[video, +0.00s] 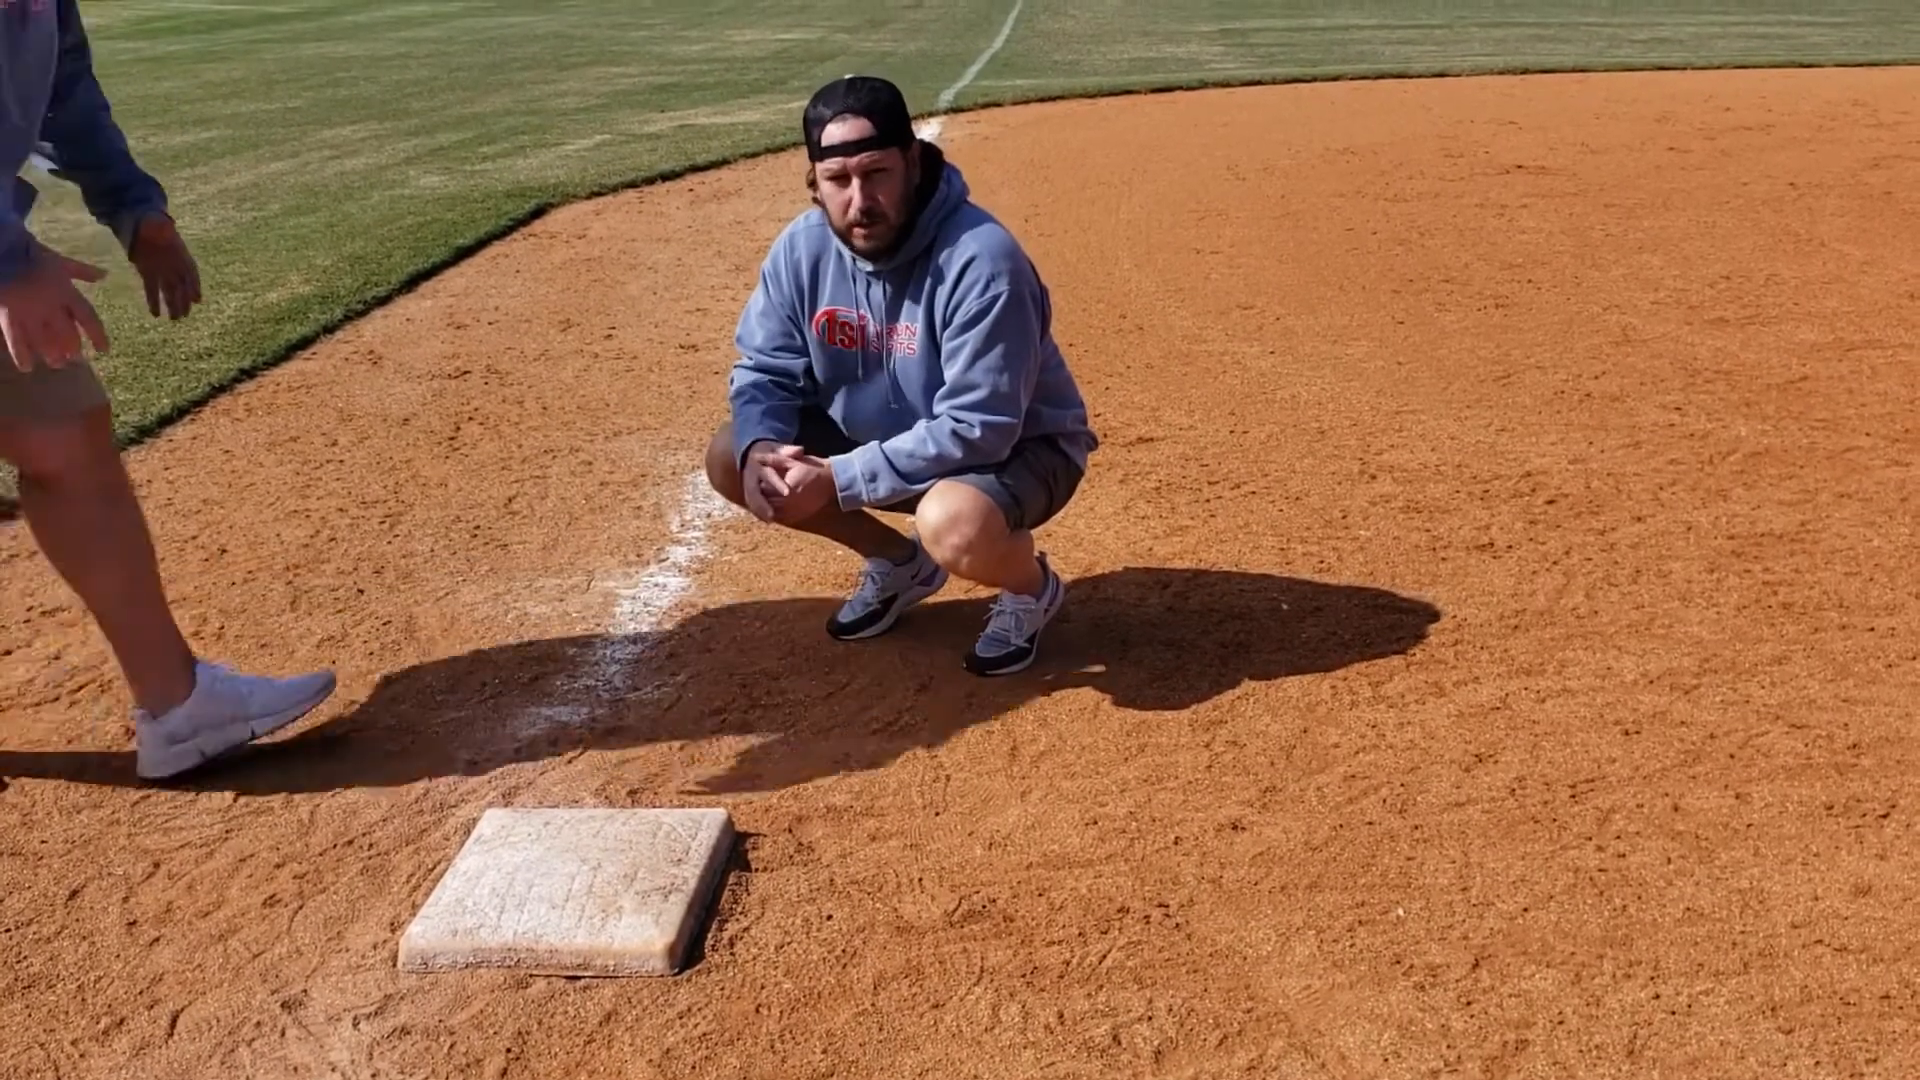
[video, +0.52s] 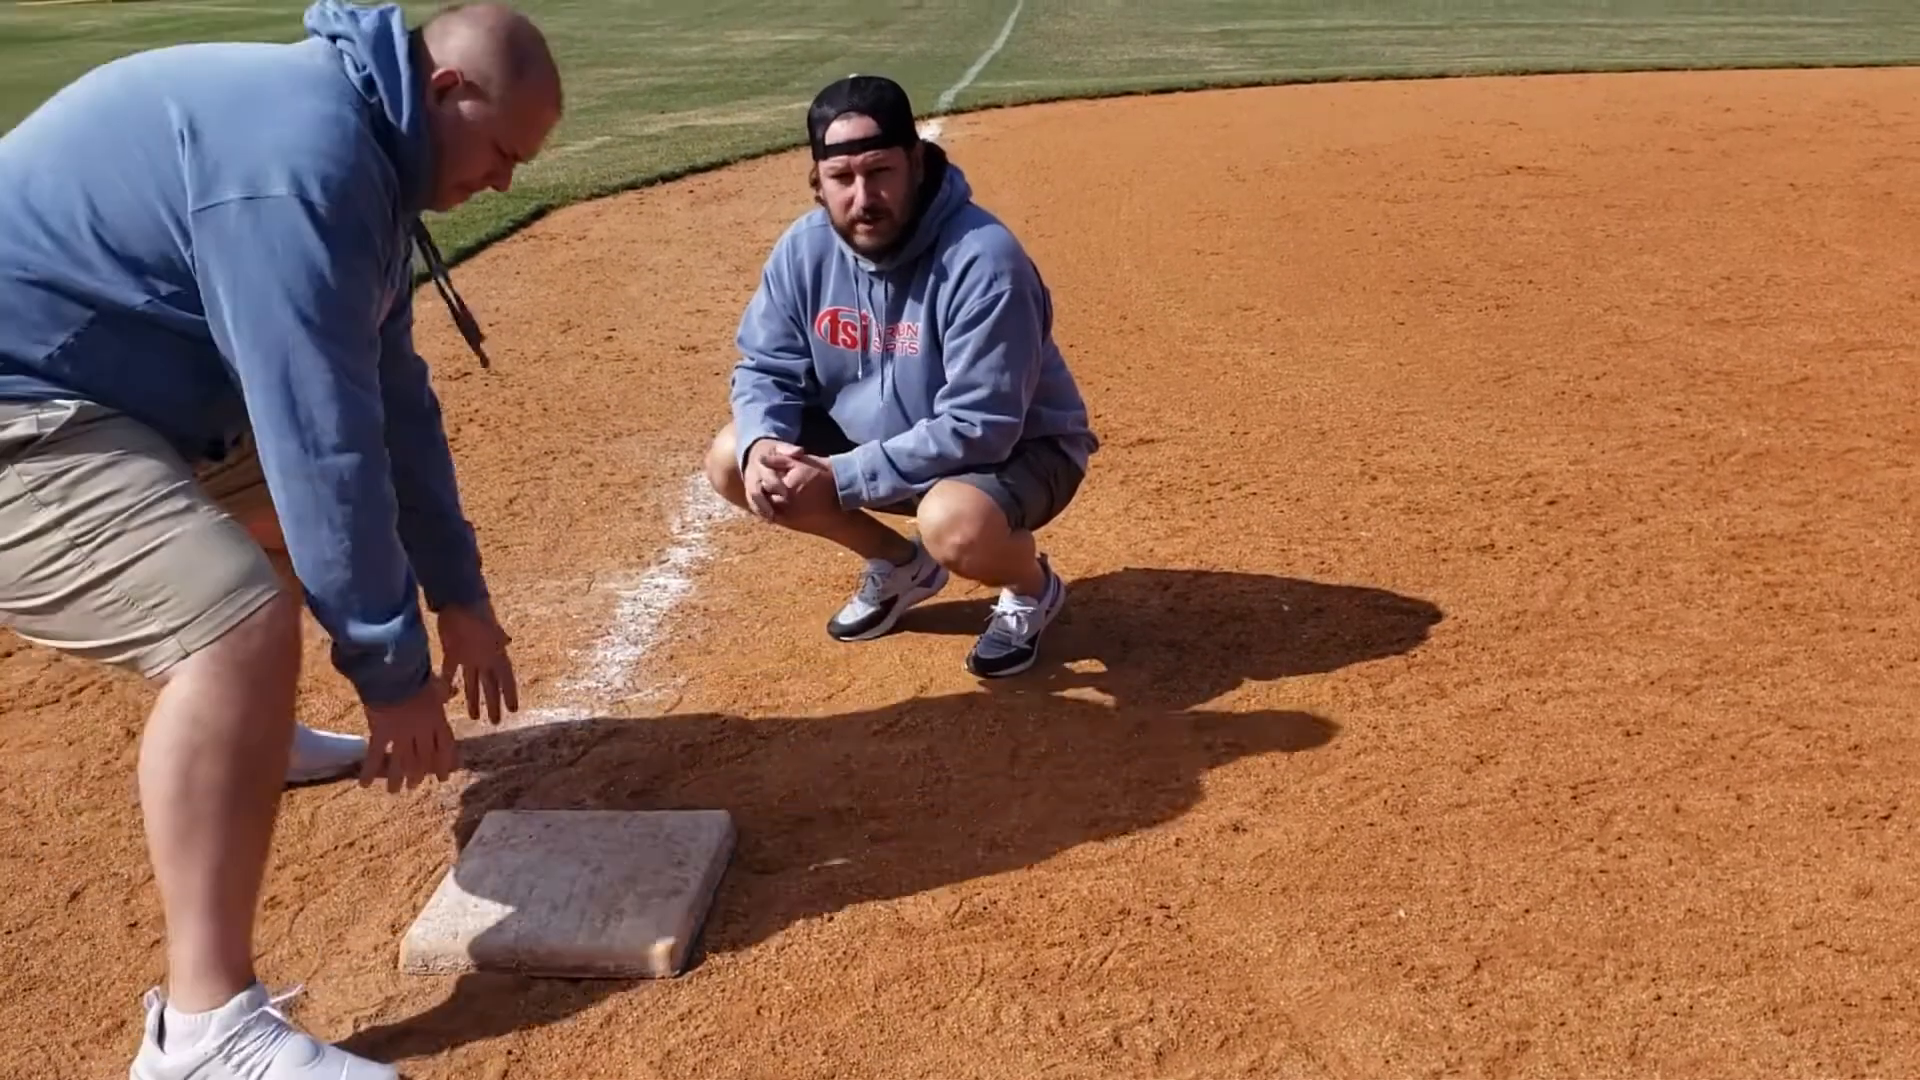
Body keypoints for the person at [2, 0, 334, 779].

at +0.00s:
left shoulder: (43, 14)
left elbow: (62, 84)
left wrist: (135, 208)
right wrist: (11, 256)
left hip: (7, 231)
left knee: (66, 429)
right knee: (61, 433)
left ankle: (171, 696)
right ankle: (172, 694)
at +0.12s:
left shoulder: (164, 10)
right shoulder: (30, 16)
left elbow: (192, 140)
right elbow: (1, 154)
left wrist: (276, 286)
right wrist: (102, 304)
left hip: (78, 280)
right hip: (4, 289)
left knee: (182, 443)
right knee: (26, 527)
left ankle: (205, 718)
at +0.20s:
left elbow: (243, 171)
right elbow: (26, 191)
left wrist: (333, 335)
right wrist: (169, 371)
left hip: (106, 285)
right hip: (13, 297)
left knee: (223, 440)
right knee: (59, 523)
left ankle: (210, 719)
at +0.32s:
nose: (392, 14)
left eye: (400, 3)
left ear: (346, 2)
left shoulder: (286, 65)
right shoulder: (160, 30)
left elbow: (322, 261)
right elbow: (148, 287)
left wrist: (411, 440)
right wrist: (268, 491)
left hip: (116, 318)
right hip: (11, 328)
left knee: (267, 459)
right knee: (92, 603)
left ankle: (215, 721)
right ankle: (166, 971)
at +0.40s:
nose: (432, 74)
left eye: (446, 56)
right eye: (430, 45)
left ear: (369, 9)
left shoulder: (295, 71)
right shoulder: (212, 67)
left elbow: (348, 304)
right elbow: (225, 351)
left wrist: (433, 481)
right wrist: (325, 562)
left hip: (123, 328)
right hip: (16, 339)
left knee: (259, 504)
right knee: (145, 616)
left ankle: (223, 724)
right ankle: (188, 1003)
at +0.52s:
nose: (497, 185)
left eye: (514, 166)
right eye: (502, 156)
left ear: (445, 94)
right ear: (443, 92)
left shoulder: (351, 150)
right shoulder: (298, 157)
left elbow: (398, 404)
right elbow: (325, 447)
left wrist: (462, 599)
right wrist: (395, 676)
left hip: (98, 375)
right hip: (19, 394)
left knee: (270, 506)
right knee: (236, 621)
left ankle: (250, 739)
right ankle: (202, 1020)